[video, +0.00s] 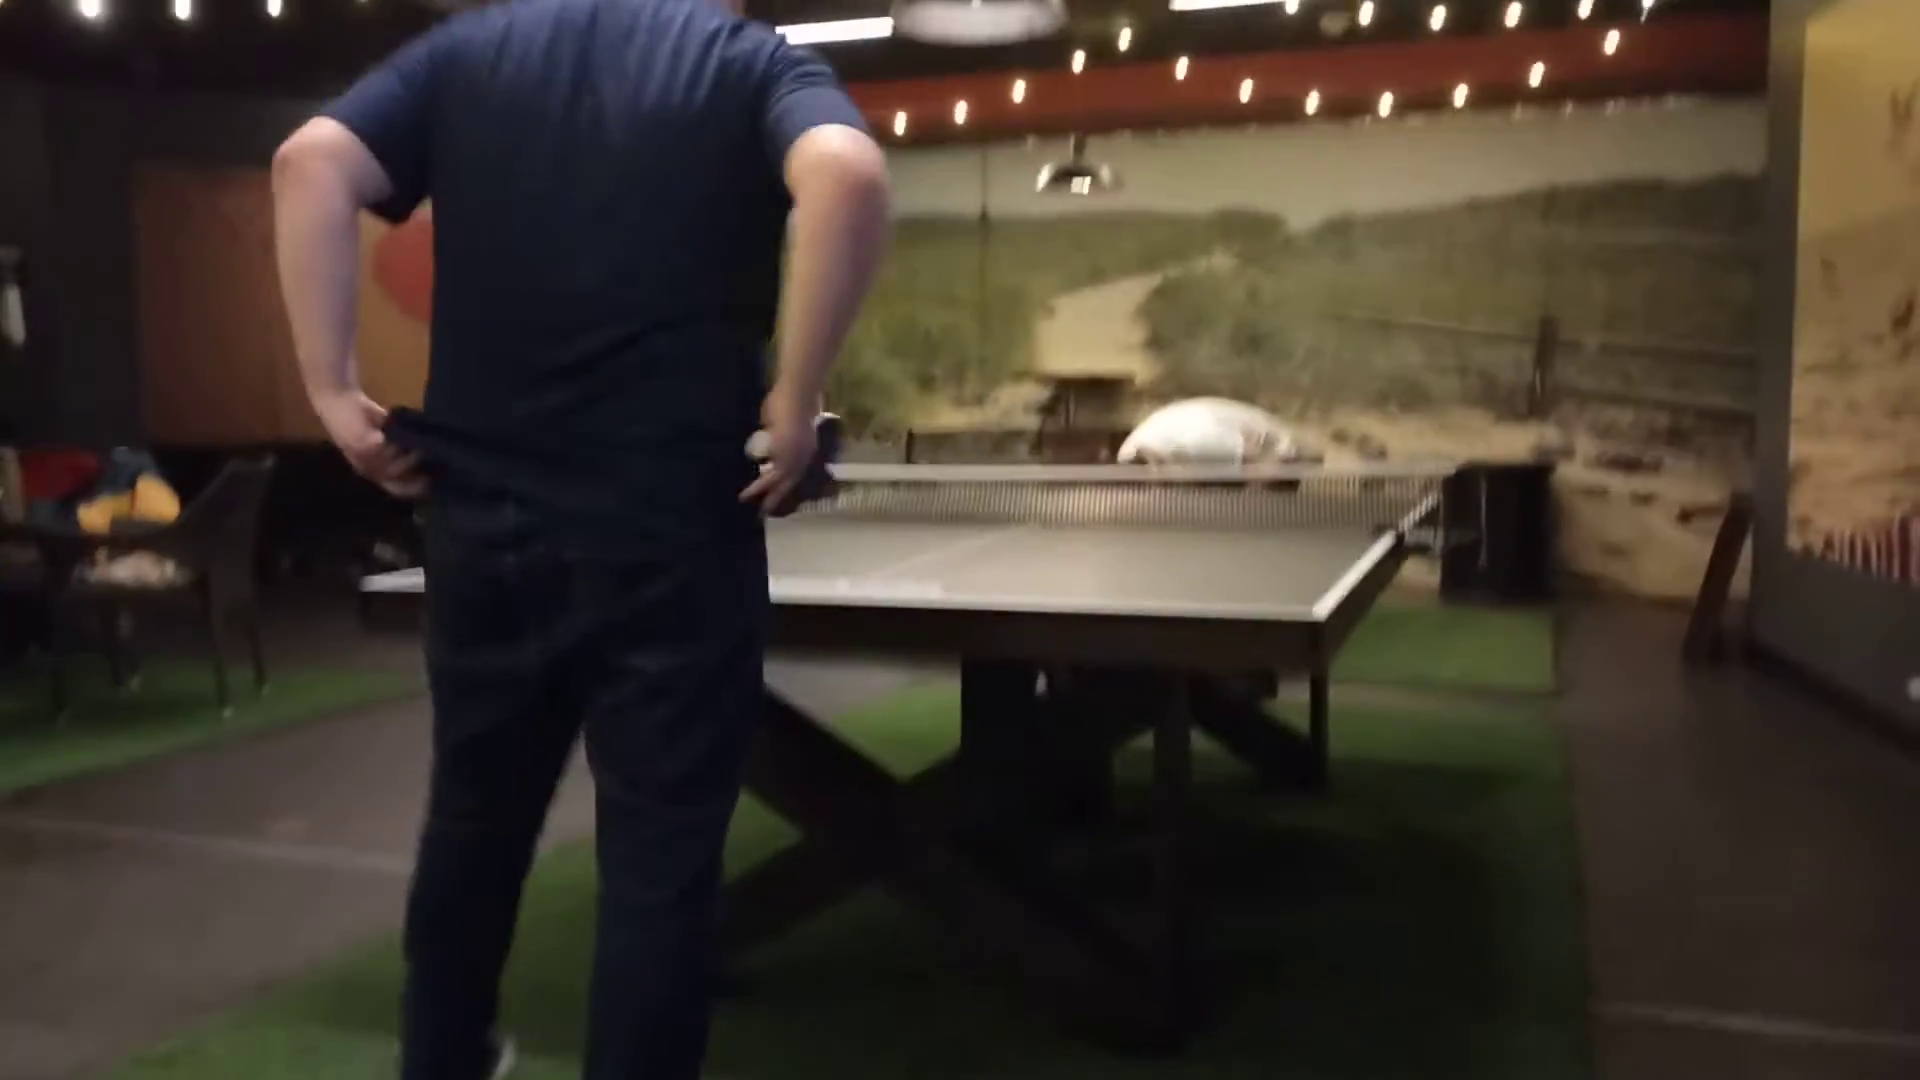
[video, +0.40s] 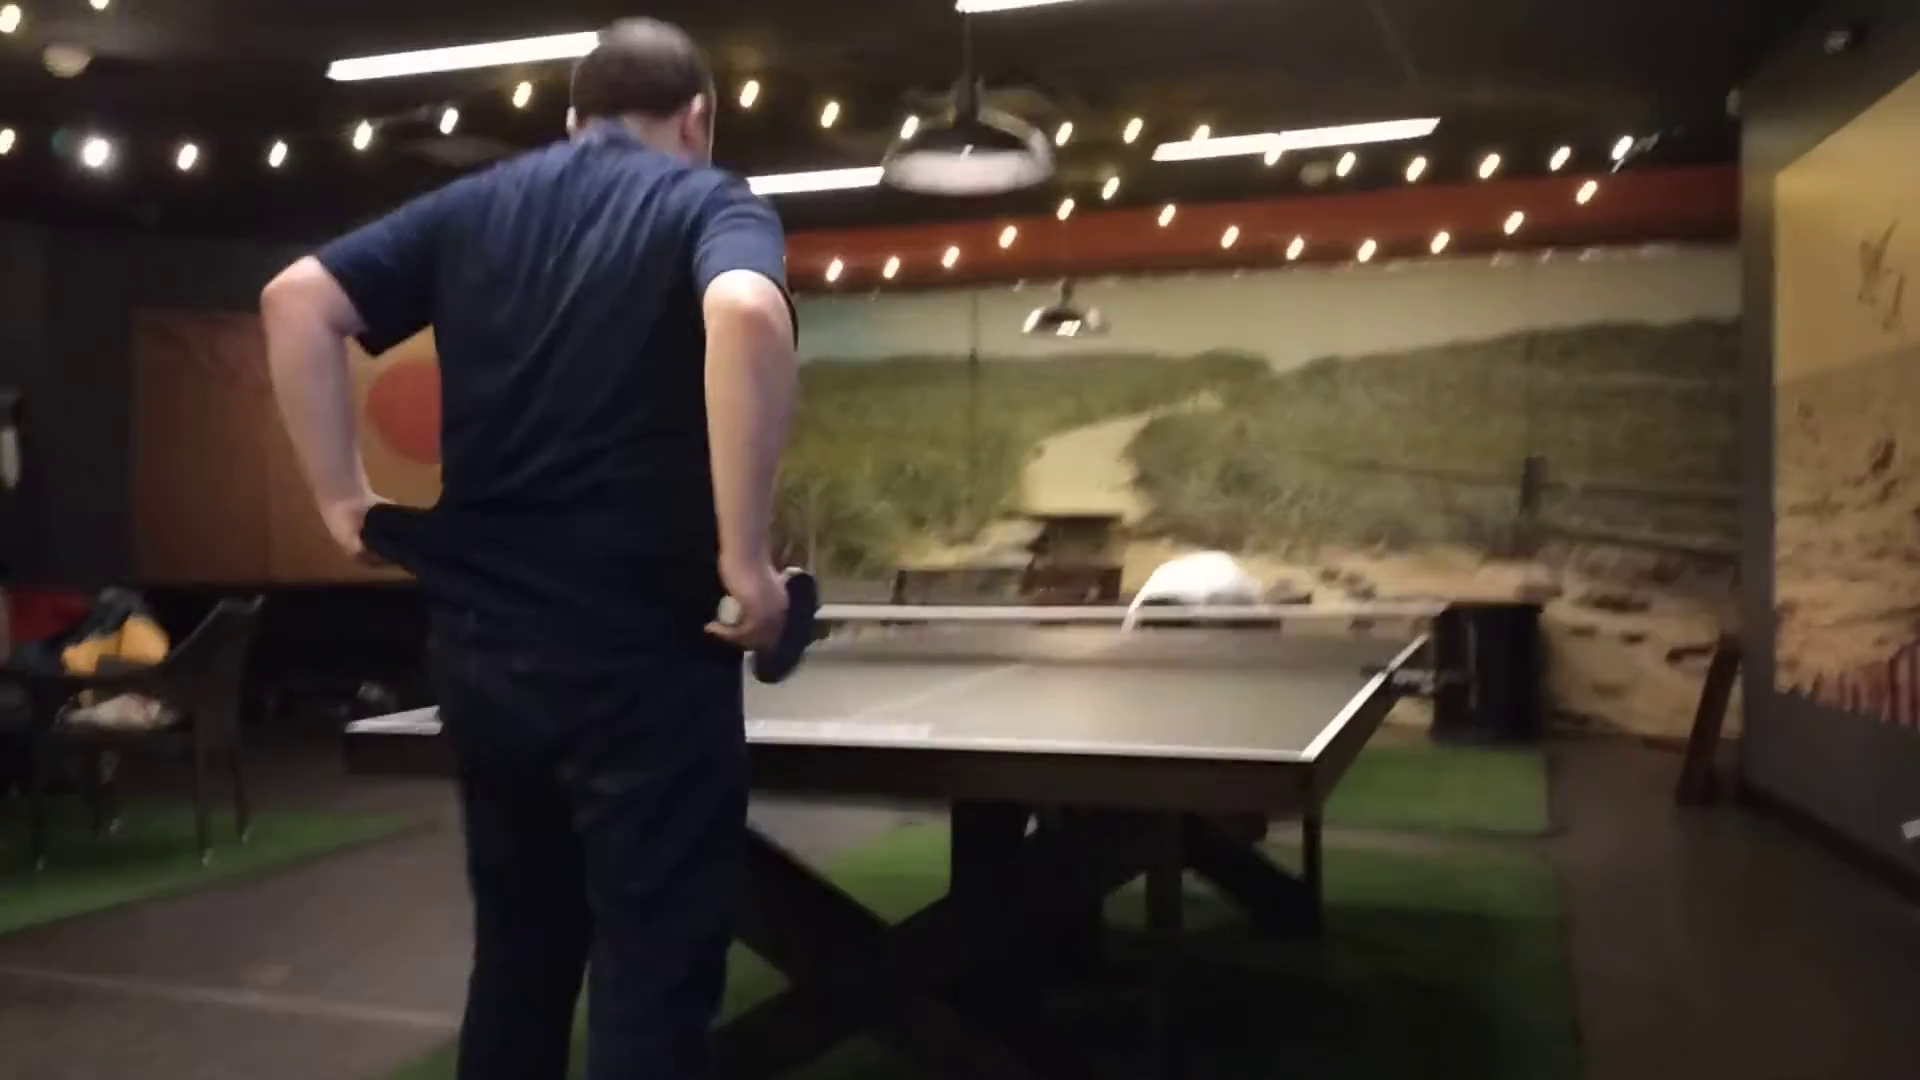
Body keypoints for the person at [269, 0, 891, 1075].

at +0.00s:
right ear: (728, 1)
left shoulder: (472, 45)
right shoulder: (756, 55)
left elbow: (314, 161)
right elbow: (846, 172)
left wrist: (334, 386)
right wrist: (797, 400)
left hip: (488, 533)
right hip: (678, 539)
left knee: (471, 831)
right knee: (659, 870)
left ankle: (443, 1061)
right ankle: (637, 1065)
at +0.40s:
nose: (711, 148)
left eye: (705, 134)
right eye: (711, 131)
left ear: (574, 120)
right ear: (695, 118)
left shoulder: (476, 202)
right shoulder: (712, 201)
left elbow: (300, 299)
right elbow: (747, 313)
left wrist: (344, 499)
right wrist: (746, 560)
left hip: (485, 640)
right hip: (646, 652)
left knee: (520, 951)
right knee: (659, 973)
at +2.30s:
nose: (498, 151)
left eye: (492, 136)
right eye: (496, 135)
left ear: (352, 132)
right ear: (478, 128)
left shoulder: (246, 237)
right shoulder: (534, 226)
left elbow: (133, 463)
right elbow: (688, 349)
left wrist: (80, 668)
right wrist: (724, 467)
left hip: (280, 688)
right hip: (492, 678)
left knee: (263, 1007)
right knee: (554, 1002)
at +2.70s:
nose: (623, 157)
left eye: (623, 141)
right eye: (624, 139)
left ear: (491, 126)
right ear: (602, 131)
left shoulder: (361, 242)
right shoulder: (645, 252)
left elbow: (269, 447)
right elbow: (707, 461)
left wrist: (262, 646)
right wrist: (702, 624)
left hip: (367, 685)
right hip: (567, 693)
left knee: (315, 1001)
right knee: (588, 1012)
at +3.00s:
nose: (673, 148)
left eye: (676, 127)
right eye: (673, 125)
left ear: (540, 113)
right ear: (649, 115)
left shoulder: (427, 220)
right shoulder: (659, 228)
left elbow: (339, 424)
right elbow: (687, 411)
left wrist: (362, 578)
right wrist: (740, 606)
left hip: (380, 650)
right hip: (565, 668)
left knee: (326, 980)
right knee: (595, 998)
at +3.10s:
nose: (681, 136)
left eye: (682, 118)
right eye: (681, 116)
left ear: (547, 109)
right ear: (658, 108)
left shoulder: (441, 215)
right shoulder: (676, 229)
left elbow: (350, 418)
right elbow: (705, 421)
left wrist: (385, 570)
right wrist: (746, 602)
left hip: (400, 651)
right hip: (581, 669)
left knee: (335, 971)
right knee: (608, 995)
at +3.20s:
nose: (690, 135)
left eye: (693, 118)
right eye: (691, 115)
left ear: (556, 110)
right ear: (670, 107)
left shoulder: (451, 219)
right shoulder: (696, 230)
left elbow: (368, 432)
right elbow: (736, 432)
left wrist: (406, 579)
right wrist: (754, 603)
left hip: (425, 647)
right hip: (604, 664)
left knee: (356, 947)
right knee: (617, 985)